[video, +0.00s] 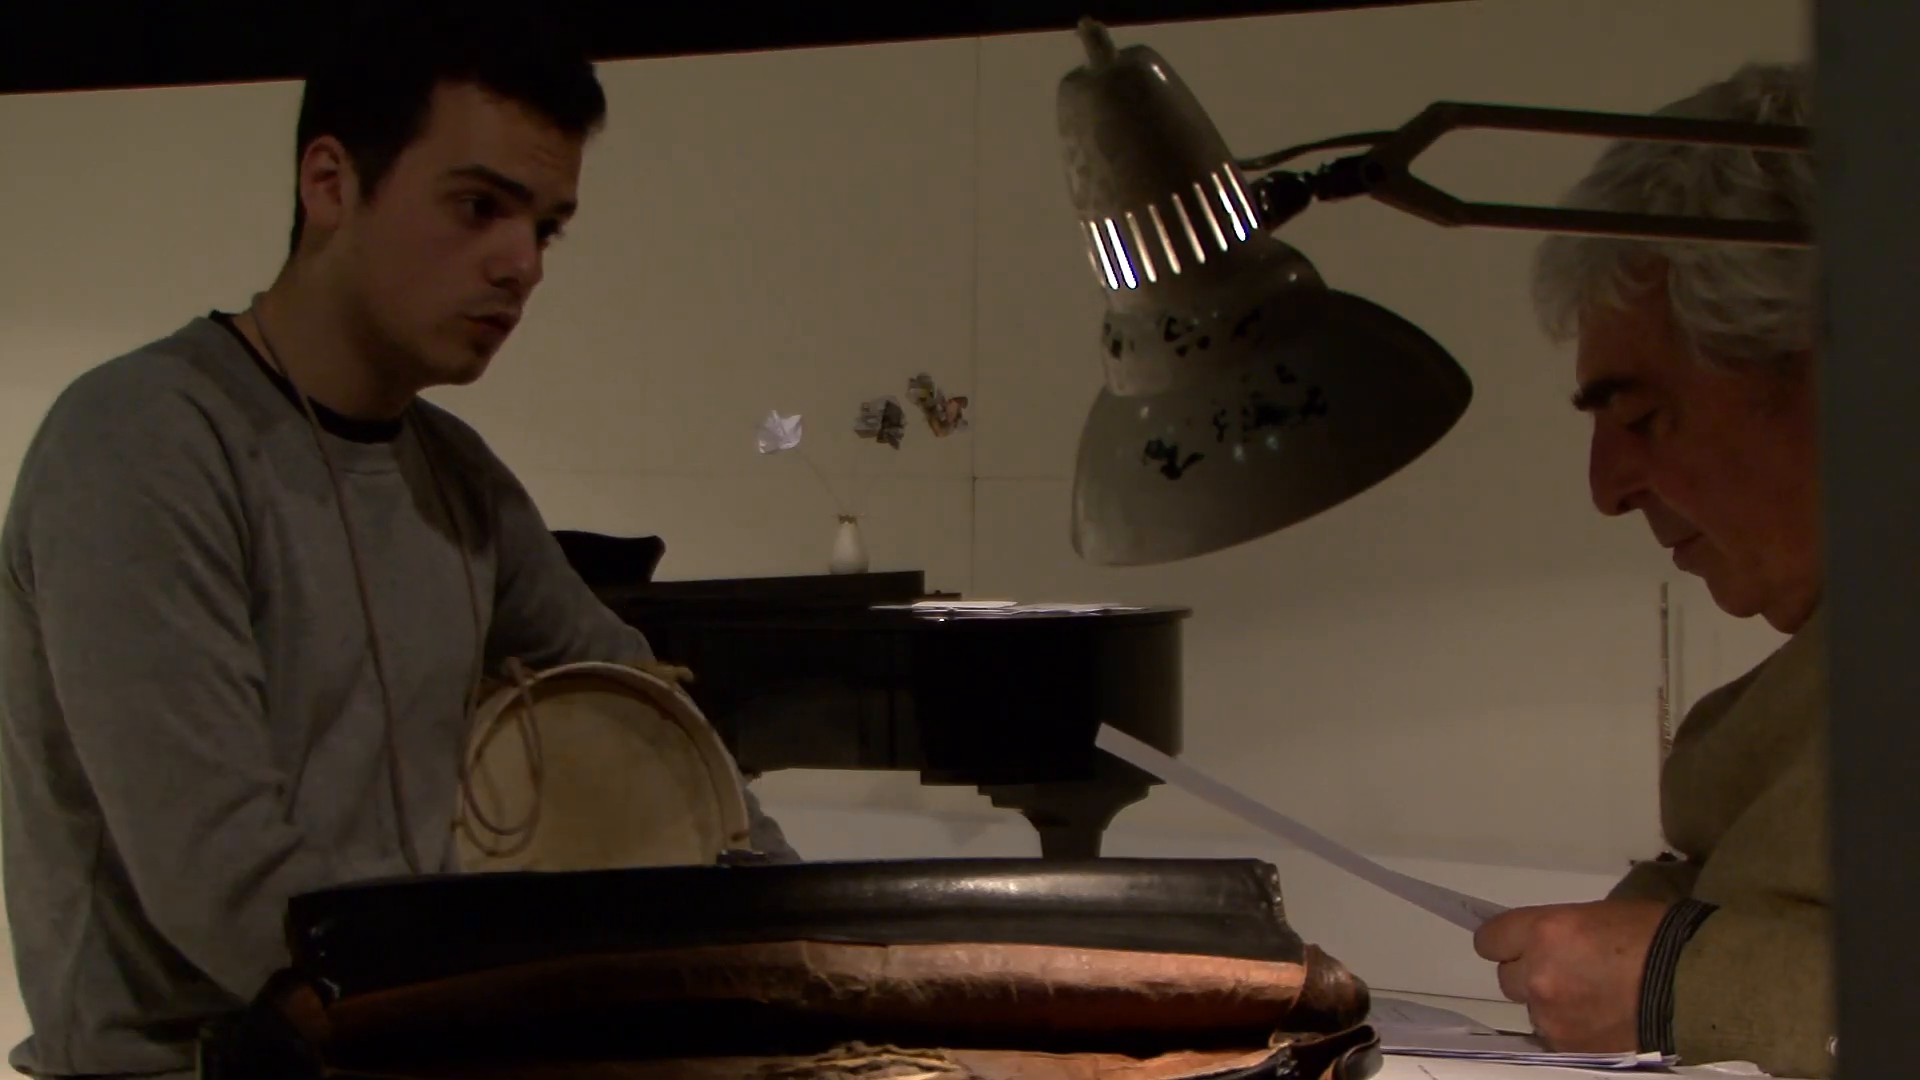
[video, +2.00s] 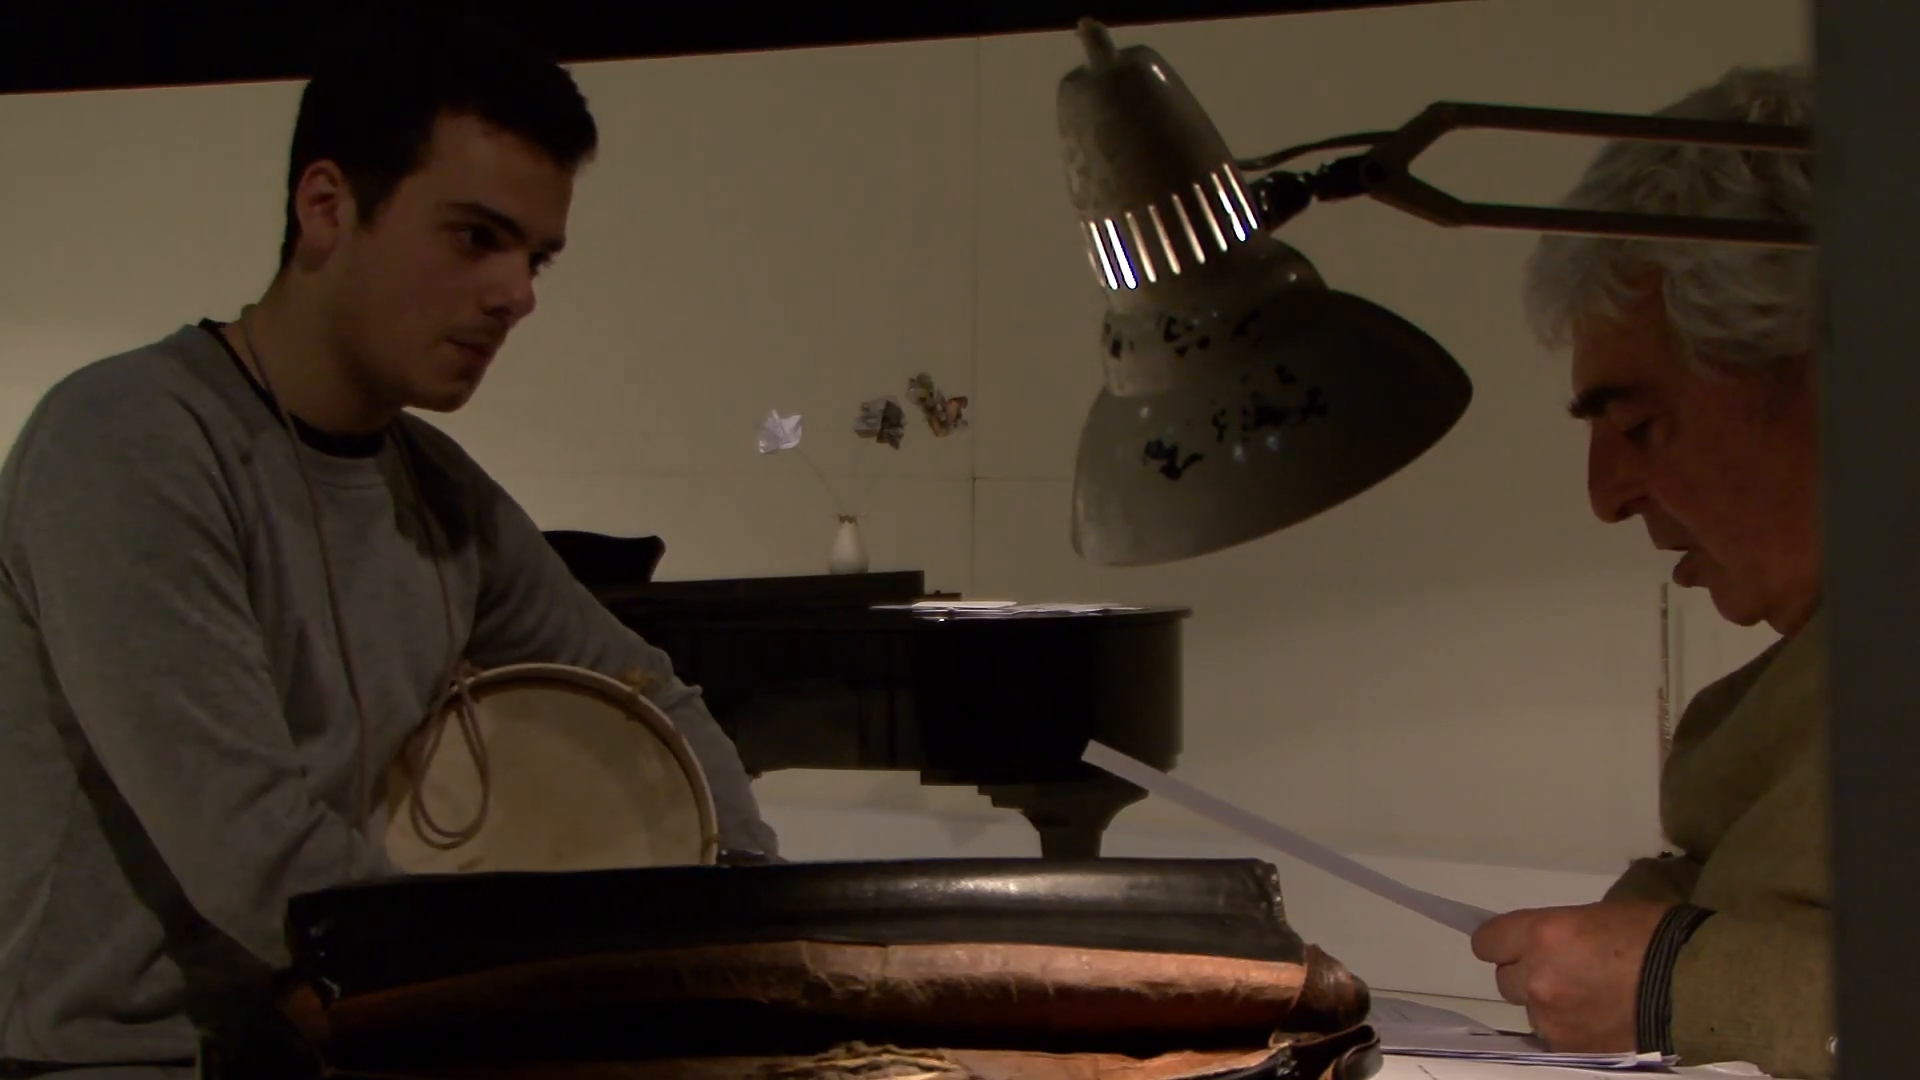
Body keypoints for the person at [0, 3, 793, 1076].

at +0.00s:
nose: (523, 266)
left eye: (545, 228)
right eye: (479, 206)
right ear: (329, 186)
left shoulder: (461, 478)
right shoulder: (131, 443)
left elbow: (639, 724)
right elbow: (224, 887)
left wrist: (791, 926)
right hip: (178, 1057)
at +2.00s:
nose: (515, 297)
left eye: (535, 261)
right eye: (476, 237)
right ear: (325, 207)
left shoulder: (444, 496)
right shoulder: (119, 442)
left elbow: (647, 701)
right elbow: (261, 869)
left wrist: (753, 918)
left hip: (352, 1043)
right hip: (117, 1059)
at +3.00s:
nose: (503, 448)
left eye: (527, 415)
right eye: (490, 391)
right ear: (368, 278)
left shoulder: (431, 516)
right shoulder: (56, 449)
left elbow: (623, 741)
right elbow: (102, 872)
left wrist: (672, 952)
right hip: (54, 1041)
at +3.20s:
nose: (409, 454)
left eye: (438, 420)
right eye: (393, 398)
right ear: (270, 283)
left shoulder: (385, 514)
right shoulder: (18, 450)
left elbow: (574, 736)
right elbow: (9, 859)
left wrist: (627, 960)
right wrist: (258, 1028)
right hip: (32, 1028)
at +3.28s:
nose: (354, 459)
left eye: (382, 423)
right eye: (333, 401)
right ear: (210, 287)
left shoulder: (346, 521)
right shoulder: (15, 468)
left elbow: (539, 730)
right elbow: (12, 932)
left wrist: (573, 972)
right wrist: (191, 1062)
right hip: (44, 1041)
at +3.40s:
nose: (262, 478)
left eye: (292, 439)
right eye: (235, 422)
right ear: (111, 307)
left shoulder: (282, 518)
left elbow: (469, 684)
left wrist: (543, 928)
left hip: (217, 1038)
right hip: (28, 1051)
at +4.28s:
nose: (540, 478)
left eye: (565, 437)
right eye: (510, 424)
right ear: (376, 307)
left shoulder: (514, 516)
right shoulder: (65, 472)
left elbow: (586, 820)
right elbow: (4, 854)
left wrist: (744, 948)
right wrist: (227, 888)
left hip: (364, 1050)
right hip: (72, 1055)